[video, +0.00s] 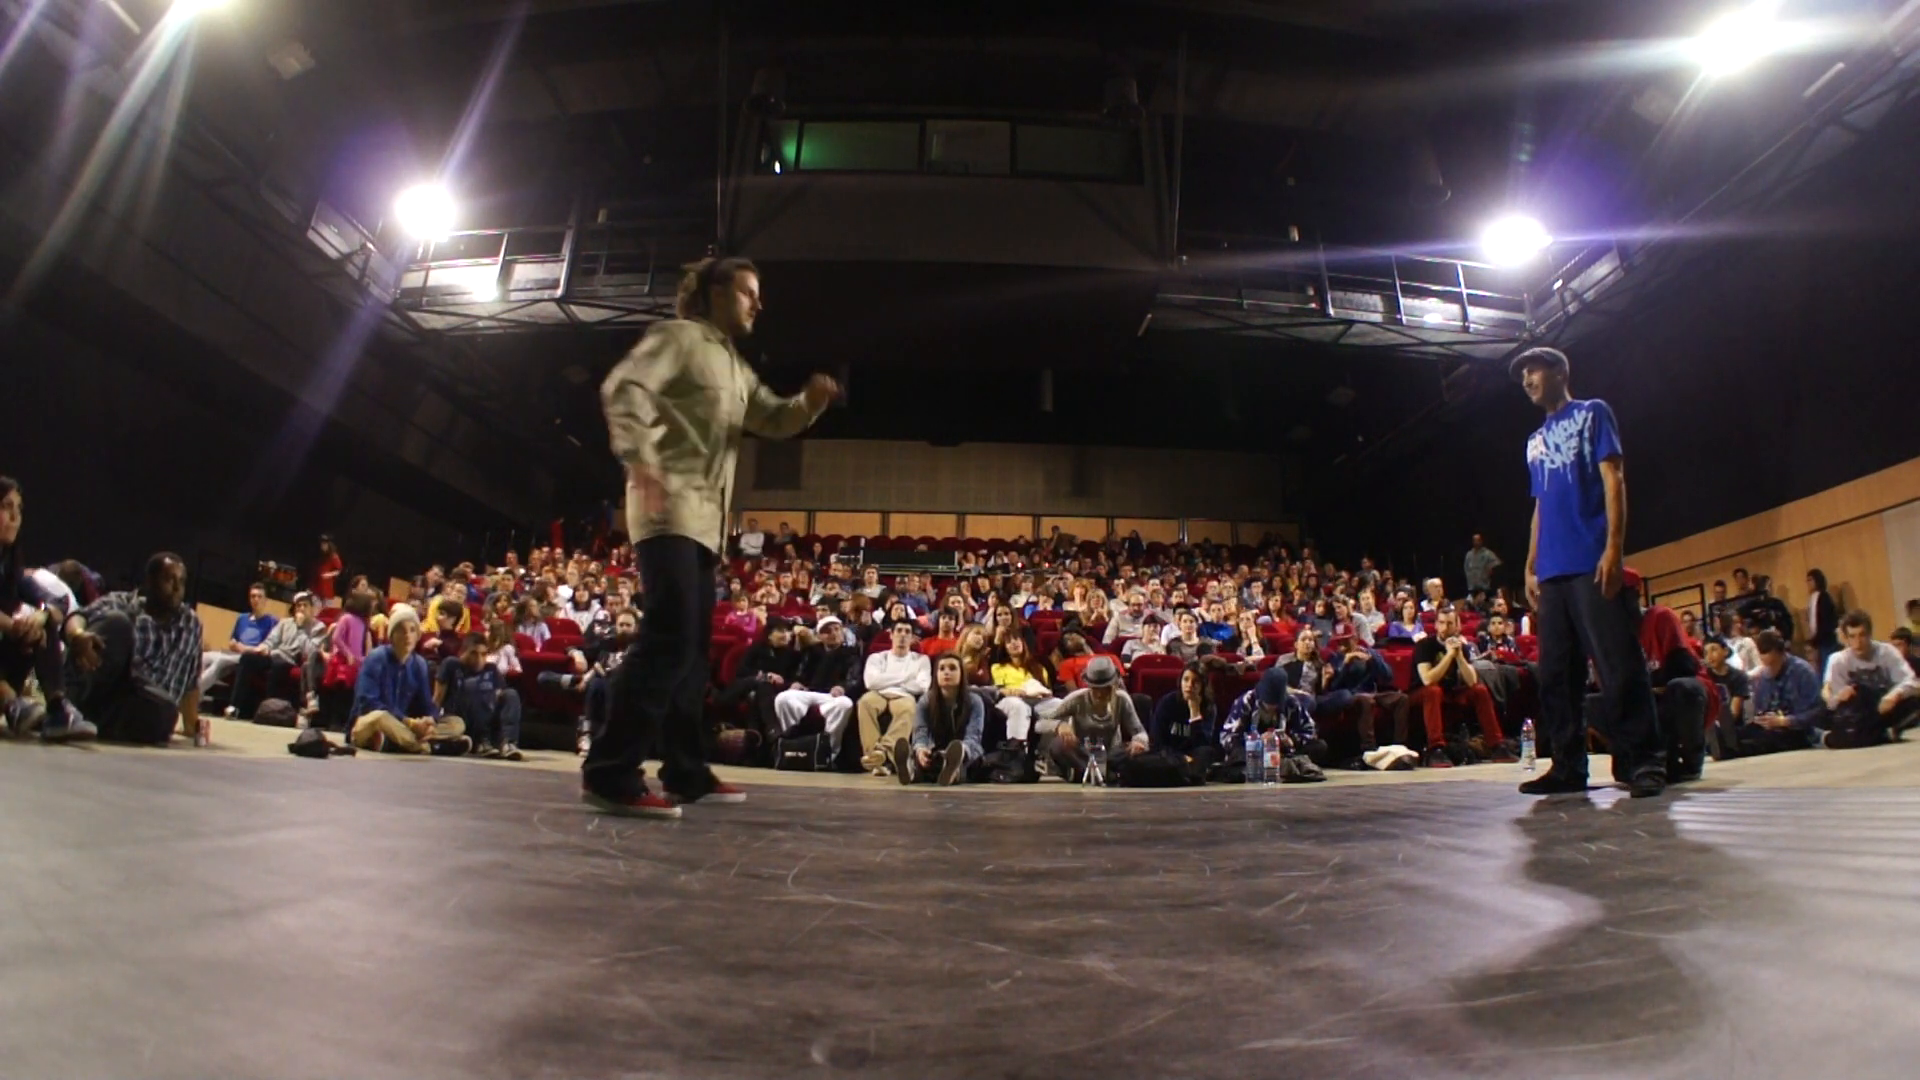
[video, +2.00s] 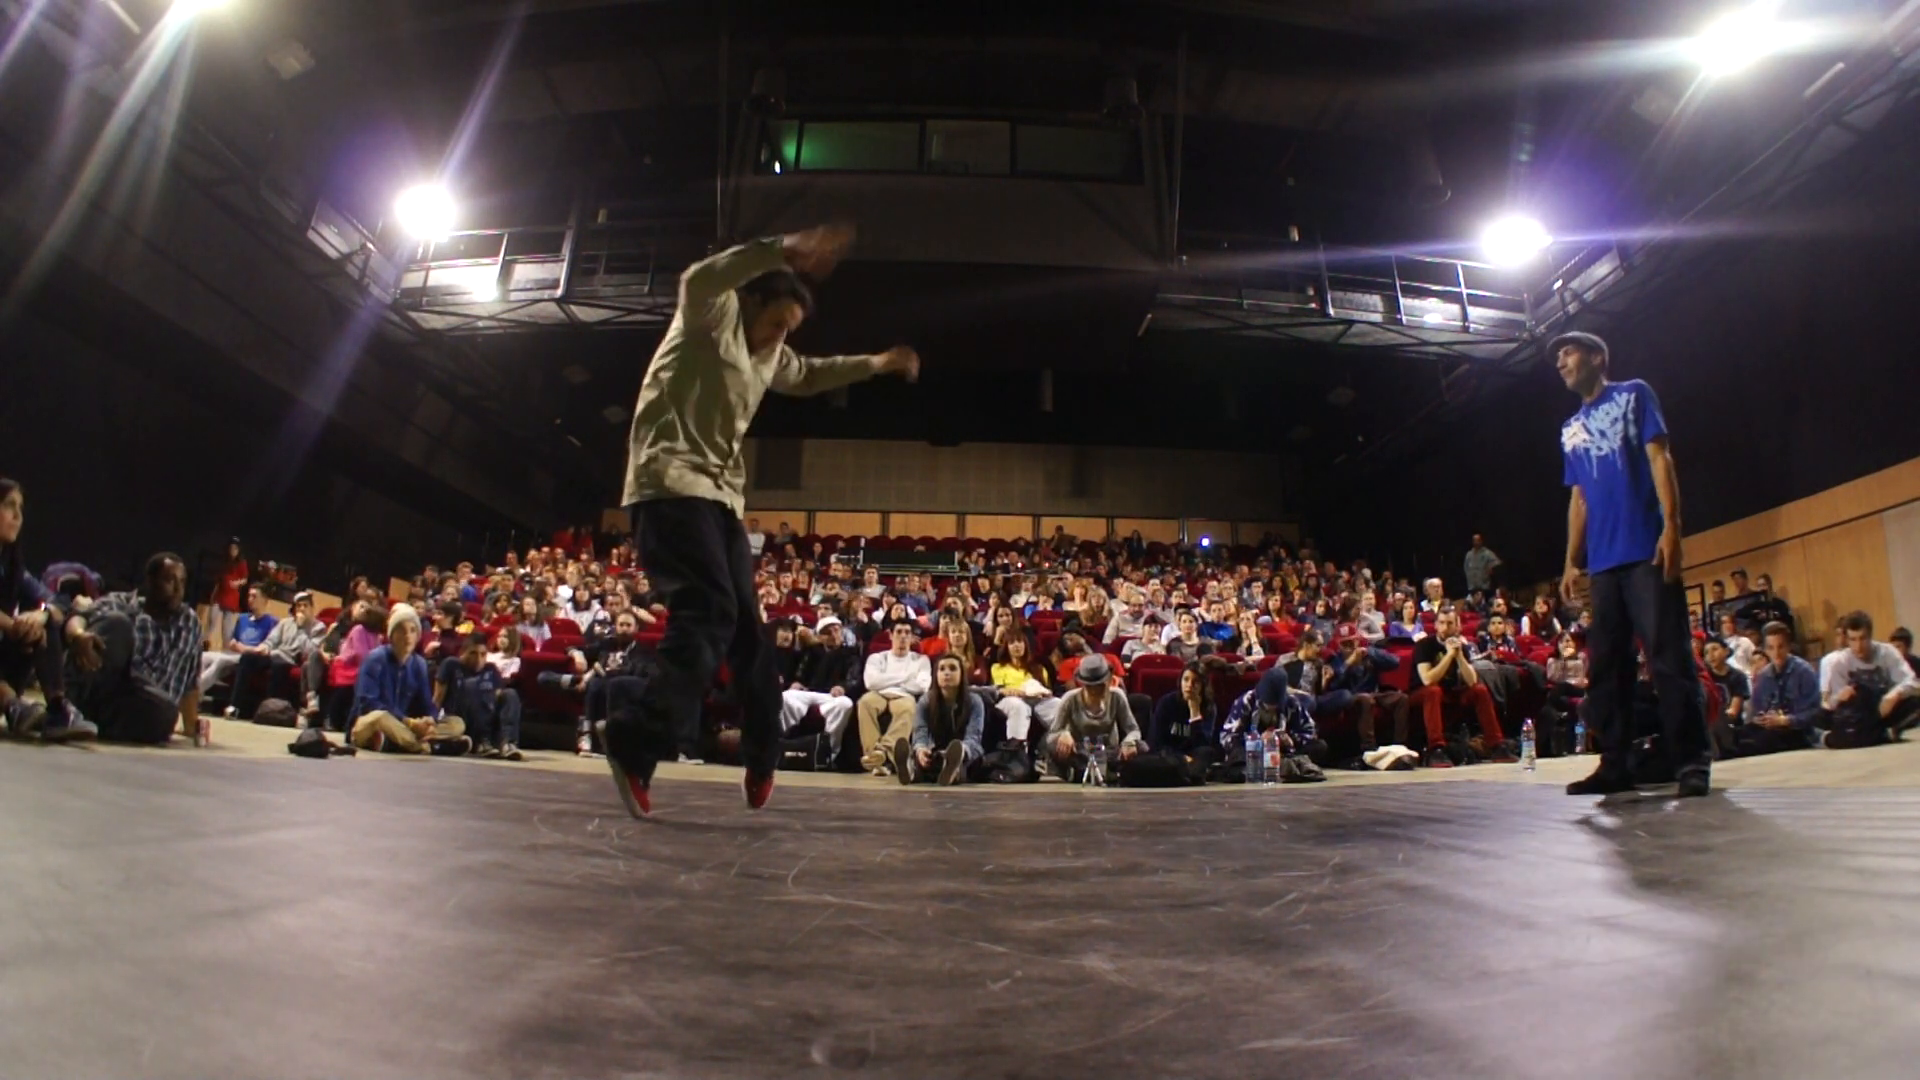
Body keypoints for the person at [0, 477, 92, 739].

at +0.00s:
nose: (14, 516)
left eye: (18, 509)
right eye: (6, 507)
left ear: (21, 515)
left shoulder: (12, 567)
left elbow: (56, 606)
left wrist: (43, 615)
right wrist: (11, 625)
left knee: (44, 624)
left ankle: (57, 708)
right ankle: (11, 703)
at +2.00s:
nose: (17, 516)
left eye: (19, 508)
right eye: (10, 506)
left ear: (21, 514)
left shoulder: (12, 565)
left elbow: (55, 607)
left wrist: (42, 614)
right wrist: (12, 623)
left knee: (46, 624)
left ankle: (58, 709)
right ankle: (12, 706)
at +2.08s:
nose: (17, 515)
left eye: (19, 508)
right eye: (10, 506)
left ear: (21, 515)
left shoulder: (12, 565)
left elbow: (56, 606)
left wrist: (43, 614)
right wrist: (12, 624)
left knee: (45, 625)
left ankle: (58, 709)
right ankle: (11, 705)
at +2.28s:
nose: (16, 514)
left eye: (18, 507)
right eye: (9, 505)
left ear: (20, 513)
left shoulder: (12, 564)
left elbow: (56, 608)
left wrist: (42, 614)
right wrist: (11, 623)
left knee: (43, 624)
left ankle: (58, 708)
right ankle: (12, 705)